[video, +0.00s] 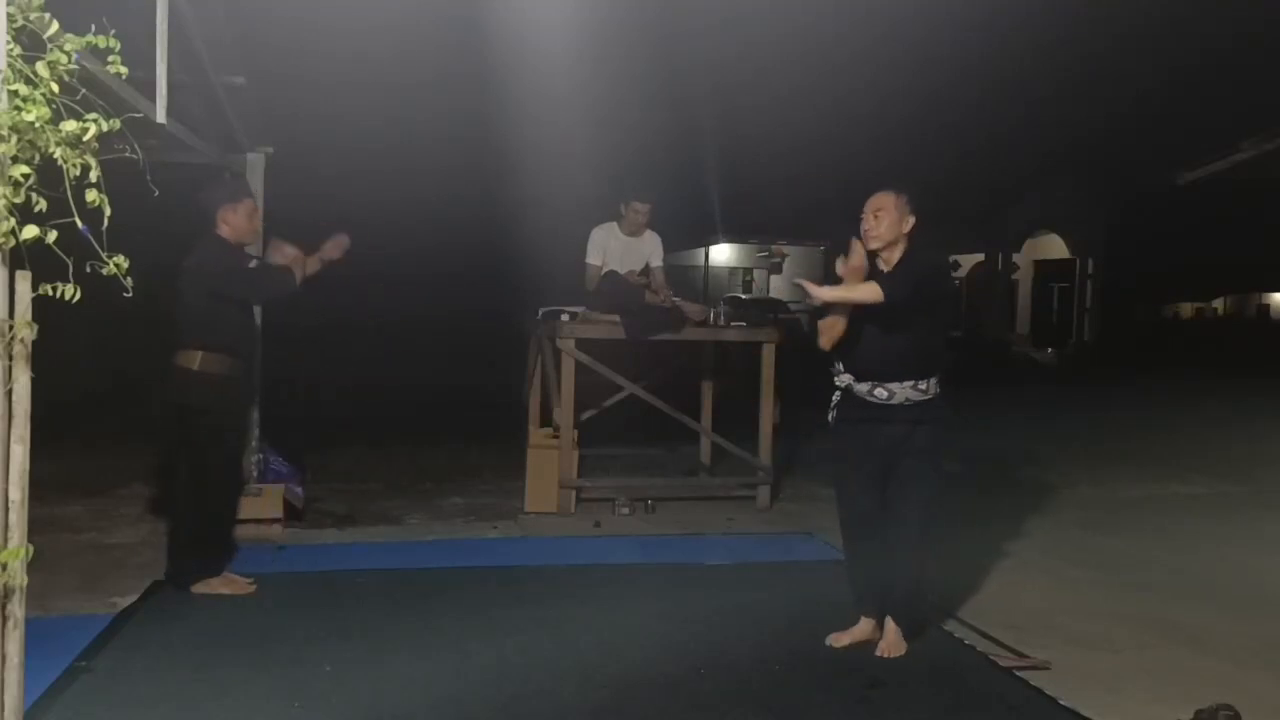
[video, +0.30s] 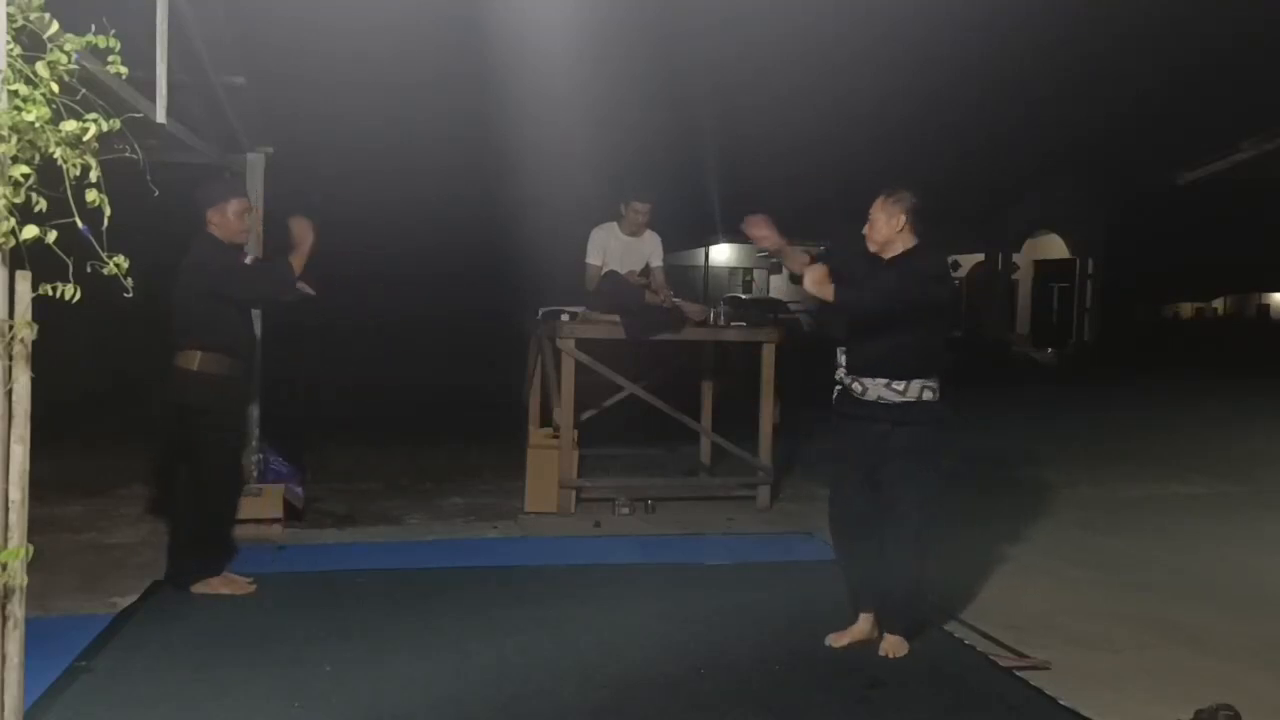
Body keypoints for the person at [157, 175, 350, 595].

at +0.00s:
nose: (258, 218)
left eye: (257, 210)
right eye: (251, 211)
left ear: (229, 216)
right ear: (227, 216)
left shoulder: (224, 258)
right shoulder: (211, 260)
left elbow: (273, 282)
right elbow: (262, 288)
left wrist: (321, 257)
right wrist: (295, 266)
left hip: (218, 386)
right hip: (203, 389)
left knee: (217, 476)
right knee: (209, 477)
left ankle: (207, 566)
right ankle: (198, 572)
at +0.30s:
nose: (249, 221)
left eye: (249, 213)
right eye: (242, 213)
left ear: (222, 217)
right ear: (214, 216)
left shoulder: (212, 255)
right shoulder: (210, 258)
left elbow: (253, 285)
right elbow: (265, 286)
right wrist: (303, 249)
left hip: (210, 379)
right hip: (207, 382)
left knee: (210, 471)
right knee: (211, 473)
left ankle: (202, 566)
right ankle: (201, 572)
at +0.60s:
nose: (241, 221)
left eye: (246, 213)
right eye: (232, 213)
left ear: (251, 219)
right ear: (210, 218)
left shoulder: (239, 264)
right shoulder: (202, 253)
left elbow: (283, 300)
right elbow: (235, 261)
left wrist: (263, 268)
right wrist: (252, 249)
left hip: (228, 385)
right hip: (200, 385)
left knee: (227, 476)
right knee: (207, 476)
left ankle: (213, 567)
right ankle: (196, 572)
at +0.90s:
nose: (248, 222)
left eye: (249, 214)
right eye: (240, 214)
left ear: (230, 218)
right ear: (214, 216)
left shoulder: (225, 259)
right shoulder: (203, 257)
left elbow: (241, 294)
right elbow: (263, 273)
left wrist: (279, 307)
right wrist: (280, 265)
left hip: (219, 383)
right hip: (204, 384)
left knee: (213, 473)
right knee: (213, 474)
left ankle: (198, 568)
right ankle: (200, 572)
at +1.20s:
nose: (252, 223)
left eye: (252, 215)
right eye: (246, 215)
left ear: (225, 218)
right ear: (223, 216)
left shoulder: (211, 255)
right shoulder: (208, 258)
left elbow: (261, 287)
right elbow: (268, 287)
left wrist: (288, 263)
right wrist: (293, 258)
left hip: (215, 381)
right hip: (207, 383)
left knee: (215, 472)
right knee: (213, 473)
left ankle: (206, 566)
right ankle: (201, 573)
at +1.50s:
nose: (256, 223)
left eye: (255, 215)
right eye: (252, 216)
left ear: (221, 217)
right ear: (236, 217)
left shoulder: (210, 254)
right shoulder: (214, 258)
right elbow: (265, 284)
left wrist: (251, 264)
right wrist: (263, 267)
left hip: (214, 383)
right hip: (210, 385)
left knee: (212, 474)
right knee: (216, 476)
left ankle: (202, 567)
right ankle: (202, 572)